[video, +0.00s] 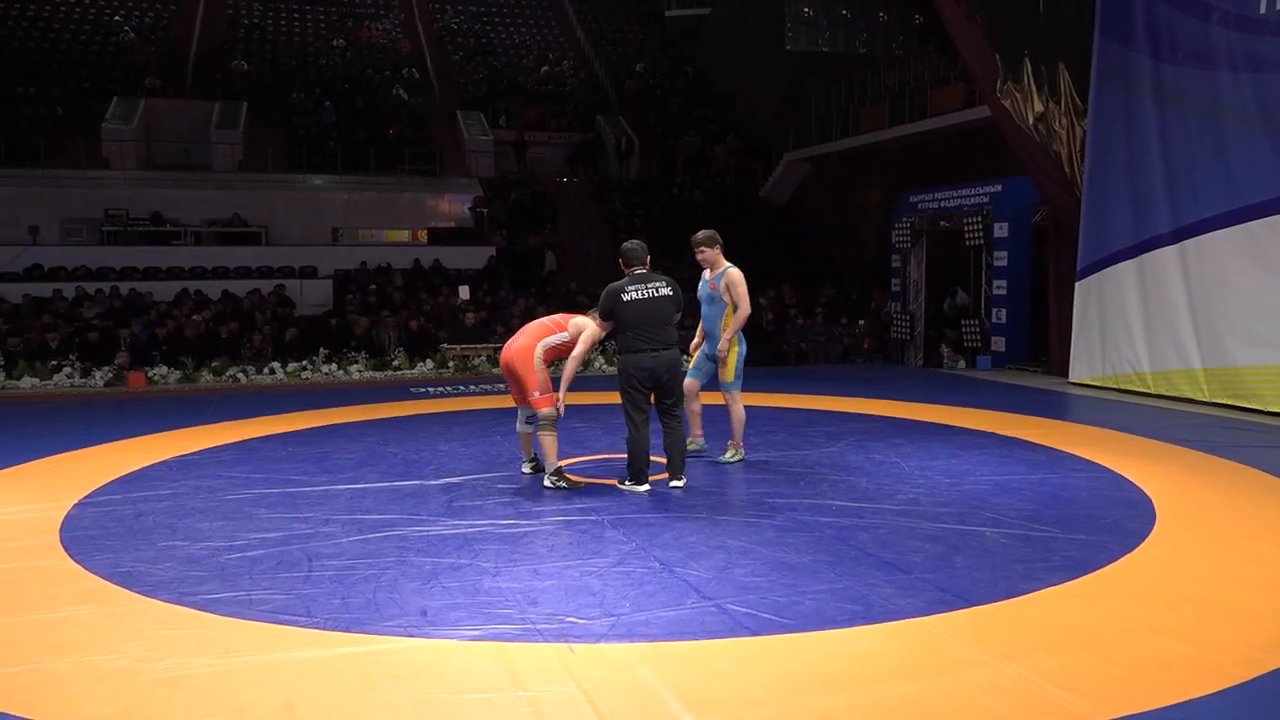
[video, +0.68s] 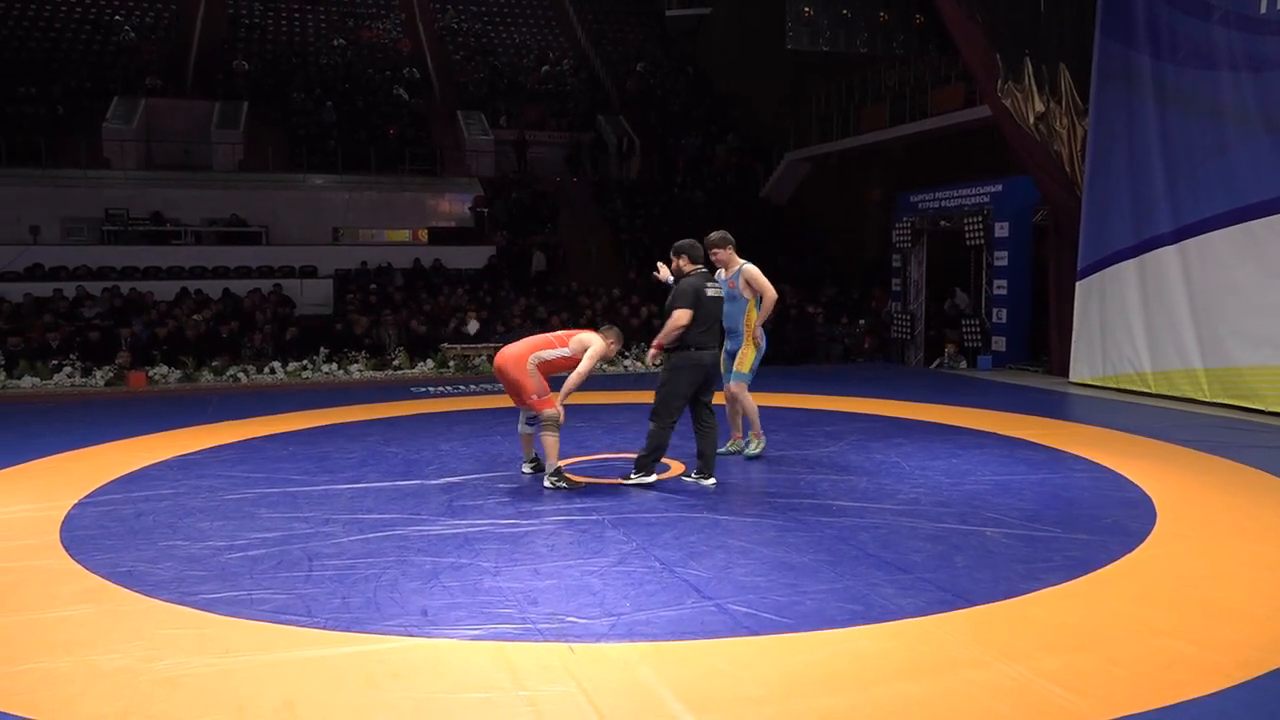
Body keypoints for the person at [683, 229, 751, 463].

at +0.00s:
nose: (699, 256)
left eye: (703, 251)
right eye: (697, 252)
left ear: (717, 249)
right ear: (697, 253)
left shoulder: (732, 274)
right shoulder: (705, 275)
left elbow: (745, 309)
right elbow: (707, 311)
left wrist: (726, 338)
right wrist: (698, 337)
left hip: (729, 343)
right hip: (708, 343)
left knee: (732, 396)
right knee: (689, 388)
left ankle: (737, 446)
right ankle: (696, 439)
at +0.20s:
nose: (706, 263)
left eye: (708, 258)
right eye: (703, 259)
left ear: (722, 252)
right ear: (703, 258)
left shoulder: (741, 274)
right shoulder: (710, 275)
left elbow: (755, 307)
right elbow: (711, 308)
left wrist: (736, 337)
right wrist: (703, 334)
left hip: (734, 344)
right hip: (713, 343)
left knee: (734, 397)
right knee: (710, 395)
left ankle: (739, 446)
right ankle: (730, 433)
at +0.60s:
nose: (709, 261)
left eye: (712, 256)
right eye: (707, 257)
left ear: (726, 252)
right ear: (707, 258)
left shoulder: (745, 273)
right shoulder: (716, 278)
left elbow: (768, 299)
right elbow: (708, 310)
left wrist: (757, 330)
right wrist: (712, 340)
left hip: (747, 342)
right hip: (728, 343)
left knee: (734, 389)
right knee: (726, 392)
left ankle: (746, 440)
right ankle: (736, 438)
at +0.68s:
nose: (713, 258)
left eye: (717, 253)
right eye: (711, 254)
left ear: (729, 249)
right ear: (711, 255)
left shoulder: (747, 270)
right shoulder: (719, 274)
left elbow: (770, 295)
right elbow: (700, 290)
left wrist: (758, 323)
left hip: (749, 338)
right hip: (730, 339)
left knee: (738, 388)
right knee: (729, 391)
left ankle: (757, 436)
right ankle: (737, 438)